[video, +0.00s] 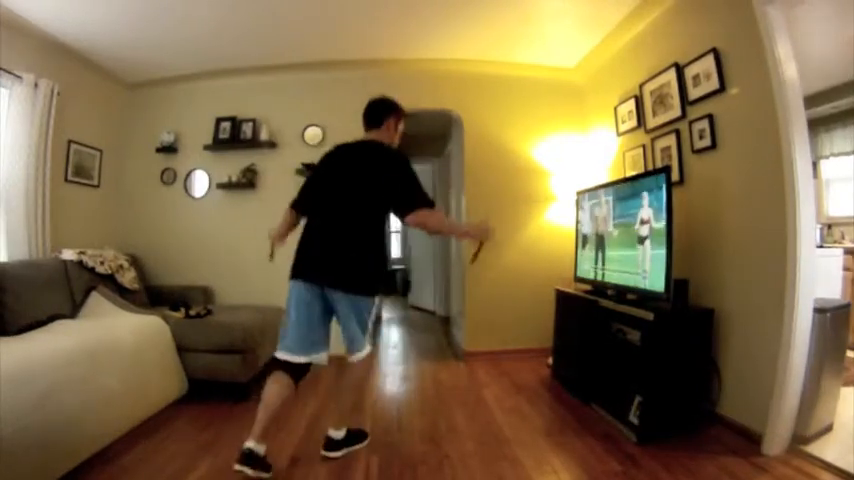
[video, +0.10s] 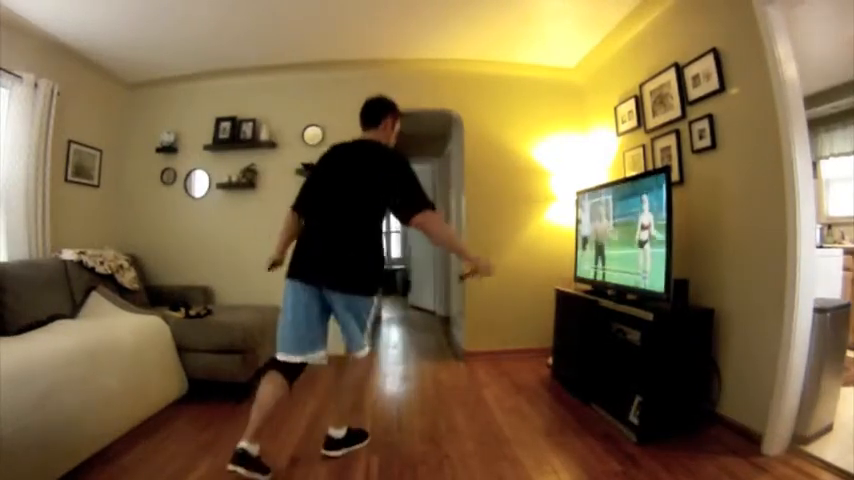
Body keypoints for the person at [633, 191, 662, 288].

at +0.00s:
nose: (644, 201)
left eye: (645, 199)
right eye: (643, 199)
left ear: (648, 200)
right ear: (641, 200)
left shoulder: (649, 211)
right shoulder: (641, 211)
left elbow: (653, 224)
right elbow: (637, 223)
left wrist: (661, 224)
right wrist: (637, 226)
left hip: (647, 235)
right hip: (640, 235)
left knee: (647, 254)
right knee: (640, 255)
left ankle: (646, 270)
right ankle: (640, 269)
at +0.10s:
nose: (644, 206)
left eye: (645, 204)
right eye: (643, 204)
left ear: (648, 205)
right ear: (642, 205)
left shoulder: (650, 216)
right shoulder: (641, 216)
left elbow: (652, 227)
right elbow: (638, 227)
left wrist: (654, 234)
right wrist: (636, 237)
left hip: (647, 231)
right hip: (641, 232)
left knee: (647, 253)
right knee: (640, 252)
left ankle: (647, 271)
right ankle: (640, 270)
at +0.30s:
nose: (645, 206)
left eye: (647, 204)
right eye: (644, 204)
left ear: (649, 205)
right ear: (642, 206)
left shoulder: (650, 216)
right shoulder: (642, 216)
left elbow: (652, 229)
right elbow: (639, 227)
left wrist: (659, 236)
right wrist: (636, 237)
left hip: (648, 235)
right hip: (641, 235)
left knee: (648, 256)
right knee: (640, 256)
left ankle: (647, 273)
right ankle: (640, 272)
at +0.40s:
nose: (645, 197)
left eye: (646, 195)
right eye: (644, 195)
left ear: (648, 196)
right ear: (642, 196)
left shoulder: (650, 208)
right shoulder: (641, 208)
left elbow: (653, 220)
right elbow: (638, 220)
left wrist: (661, 221)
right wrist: (635, 225)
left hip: (647, 235)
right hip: (640, 236)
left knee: (648, 255)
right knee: (640, 256)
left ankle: (647, 274)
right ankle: (639, 273)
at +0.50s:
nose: (645, 194)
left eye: (646, 192)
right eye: (643, 192)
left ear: (648, 194)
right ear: (641, 194)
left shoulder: (650, 205)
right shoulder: (640, 205)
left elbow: (652, 217)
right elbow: (635, 219)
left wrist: (661, 215)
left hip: (647, 230)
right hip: (640, 230)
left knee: (647, 251)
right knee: (640, 252)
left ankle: (646, 271)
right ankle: (639, 271)